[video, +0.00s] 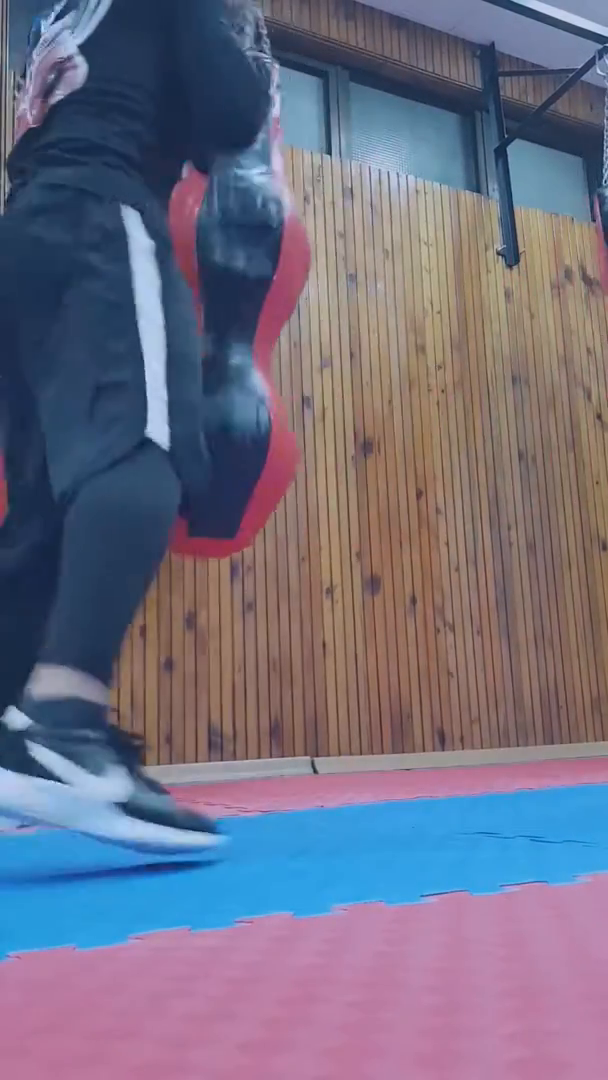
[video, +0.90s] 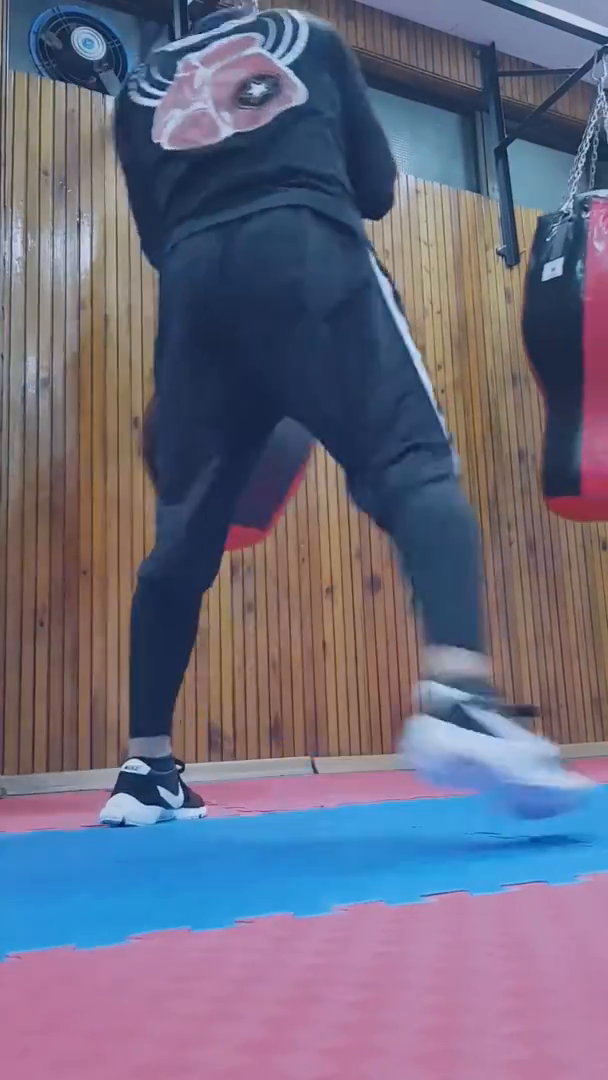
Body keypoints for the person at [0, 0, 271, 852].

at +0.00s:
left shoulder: (59, 25)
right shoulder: (176, 10)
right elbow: (233, 114)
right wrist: (253, 62)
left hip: (25, 216)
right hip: (91, 210)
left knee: (41, 506)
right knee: (136, 457)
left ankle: (28, 734)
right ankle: (65, 710)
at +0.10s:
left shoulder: (28, 17)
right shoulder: (201, 8)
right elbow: (269, 160)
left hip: (22, 254)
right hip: (126, 234)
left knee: (71, 513)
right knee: (159, 489)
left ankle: (19, 756)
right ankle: (91, 768)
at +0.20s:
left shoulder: (27, 22)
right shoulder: (225, 14)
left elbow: (11, 184)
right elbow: (279, 195)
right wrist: (240, 224)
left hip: (44, 282)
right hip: (163, 260)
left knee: (97, 531)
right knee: (198, 498)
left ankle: (25, 761)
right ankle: (95, 777)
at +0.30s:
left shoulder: (32, 10)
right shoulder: (248, 4)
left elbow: (18, 130)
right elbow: (265, 150)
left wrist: (90, 174)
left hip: (65, 245)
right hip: (183, 225)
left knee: (107, 511)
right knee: (184, 485)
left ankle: (58, 761)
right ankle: (94, 777)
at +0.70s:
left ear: (137, 8)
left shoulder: (98, 77)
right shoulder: (274, 28)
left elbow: (106, 211)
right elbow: (327, 187)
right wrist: (238, 170)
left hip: (131, 273)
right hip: (242, 250)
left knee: (166, 530)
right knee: (306, 497)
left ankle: (162, 771)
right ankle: (178, 684)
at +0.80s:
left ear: (154, 25)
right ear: (236, 10)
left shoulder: (110, 100)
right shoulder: (282, 44)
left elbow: (139, 233)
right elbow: (344, 189)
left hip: (162, 283)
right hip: (274, 252)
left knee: (165, 531)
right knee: (379, 478)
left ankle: (140, 767)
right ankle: (296, 646)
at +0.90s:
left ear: (173, 17)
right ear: (247, 1)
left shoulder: (138, 87)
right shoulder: (310, 39)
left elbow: (159, 238)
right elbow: (374, 188)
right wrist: (288, 166)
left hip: (191, 276)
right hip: (307, 249)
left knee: (183, 535)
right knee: (417, 470)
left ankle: (146, 767)